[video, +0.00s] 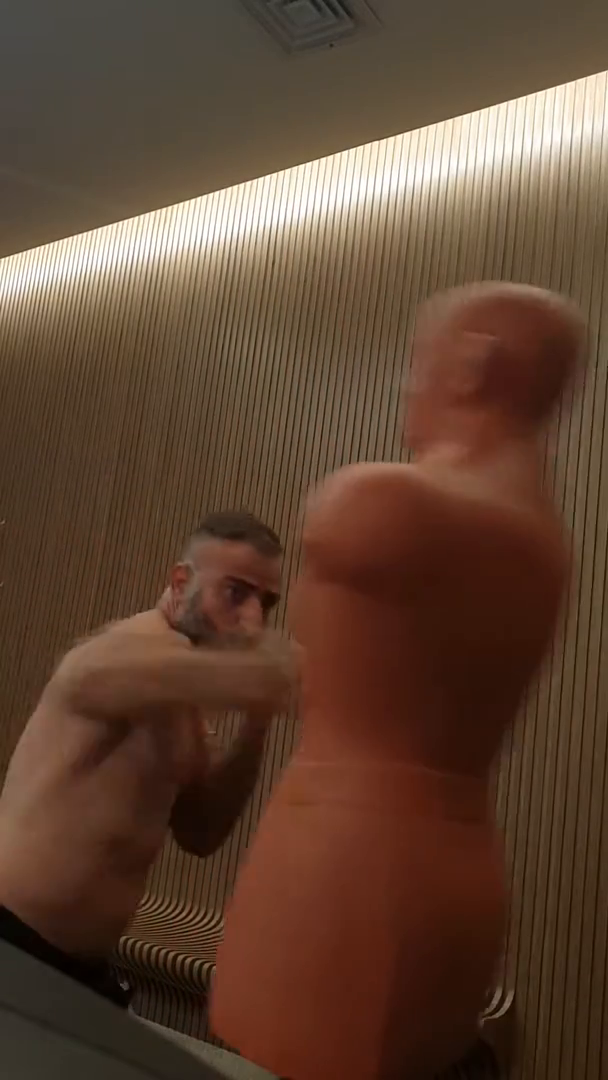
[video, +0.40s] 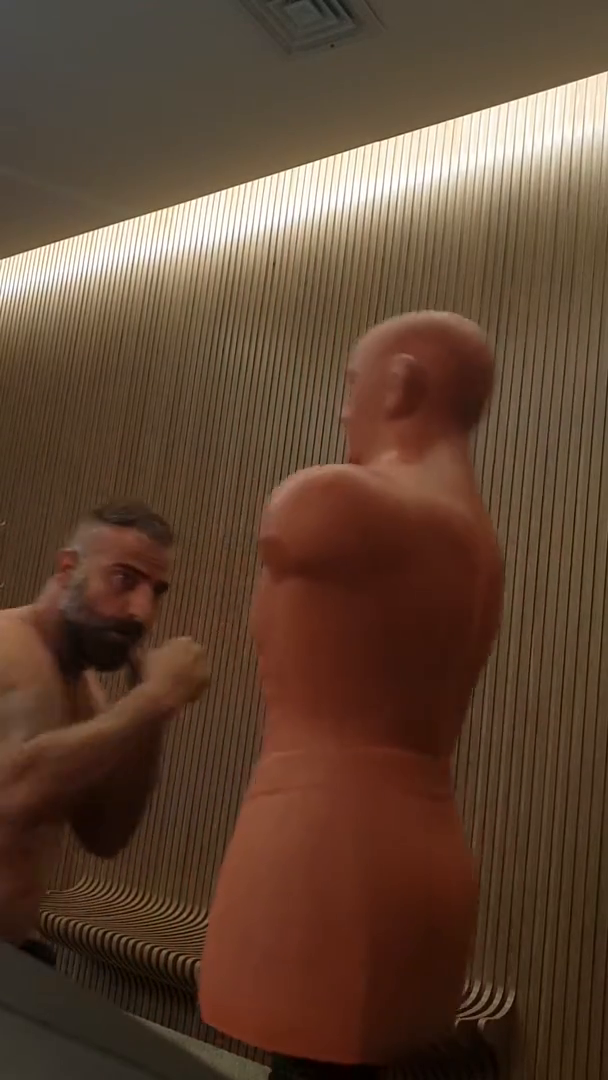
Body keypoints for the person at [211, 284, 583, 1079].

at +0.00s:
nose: (410, 382)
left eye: (421, 359)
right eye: (415, 360)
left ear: (473, 366)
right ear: (548, 393)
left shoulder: (376, 508)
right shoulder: (545, 545)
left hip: (341, 871)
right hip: (454, 864)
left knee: (282, 1065)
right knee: (402, 1067)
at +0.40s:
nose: (344, 407)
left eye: (353, 385)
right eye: (346, 388)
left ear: (403, 384)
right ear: (468, 406)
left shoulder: (324, 505)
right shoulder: (480, 542)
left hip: (320, 856)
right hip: (425, 845)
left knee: (304, 1062)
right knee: (377, 1063)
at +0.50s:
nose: (308, 401)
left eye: (315, 372)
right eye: (310, 374)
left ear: (360, 374)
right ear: (437, 398)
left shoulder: (287, 501)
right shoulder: (451, 535)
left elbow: (233, 625)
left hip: (297, 858)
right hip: (408, 845)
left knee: (261, 1062)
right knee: (368, 1060)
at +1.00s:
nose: (399, 387)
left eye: (413, 361)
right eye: (406, 362)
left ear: (464, 368)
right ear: (530, 391)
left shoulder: (367, 506)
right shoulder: (524, 543)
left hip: (338, 880)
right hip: (447, 869)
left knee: (288, 1066)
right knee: (397, 1067)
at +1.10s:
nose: (393, 360)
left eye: (410, 331)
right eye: (401, 334)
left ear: (470, 339)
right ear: (544, 363)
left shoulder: (360, 512)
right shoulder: (541, 537)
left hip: (334, 900)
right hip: (451, 888)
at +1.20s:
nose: (363, 360)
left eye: (375, 330)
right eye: (369, 332)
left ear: (433, 338)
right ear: (509, 360)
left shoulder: (336, 508)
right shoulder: (509, 518)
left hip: (322, 894)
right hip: (438, 877)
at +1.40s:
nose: (330, 420)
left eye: (337, 396)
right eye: (331, 399)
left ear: (382, 392)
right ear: (450, 416)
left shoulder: (308, 505)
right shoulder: (464, 547)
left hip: (309, 848)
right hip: (417, 837)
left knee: (291, 1061)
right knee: (381, 1061)